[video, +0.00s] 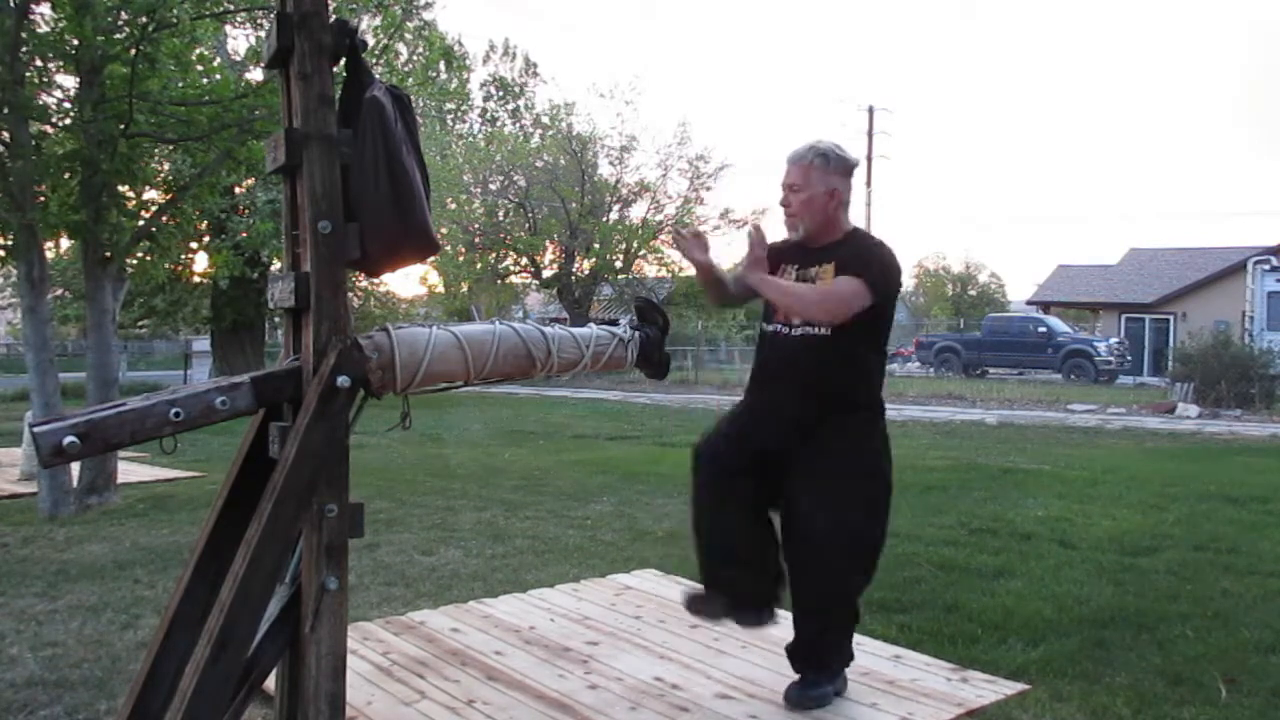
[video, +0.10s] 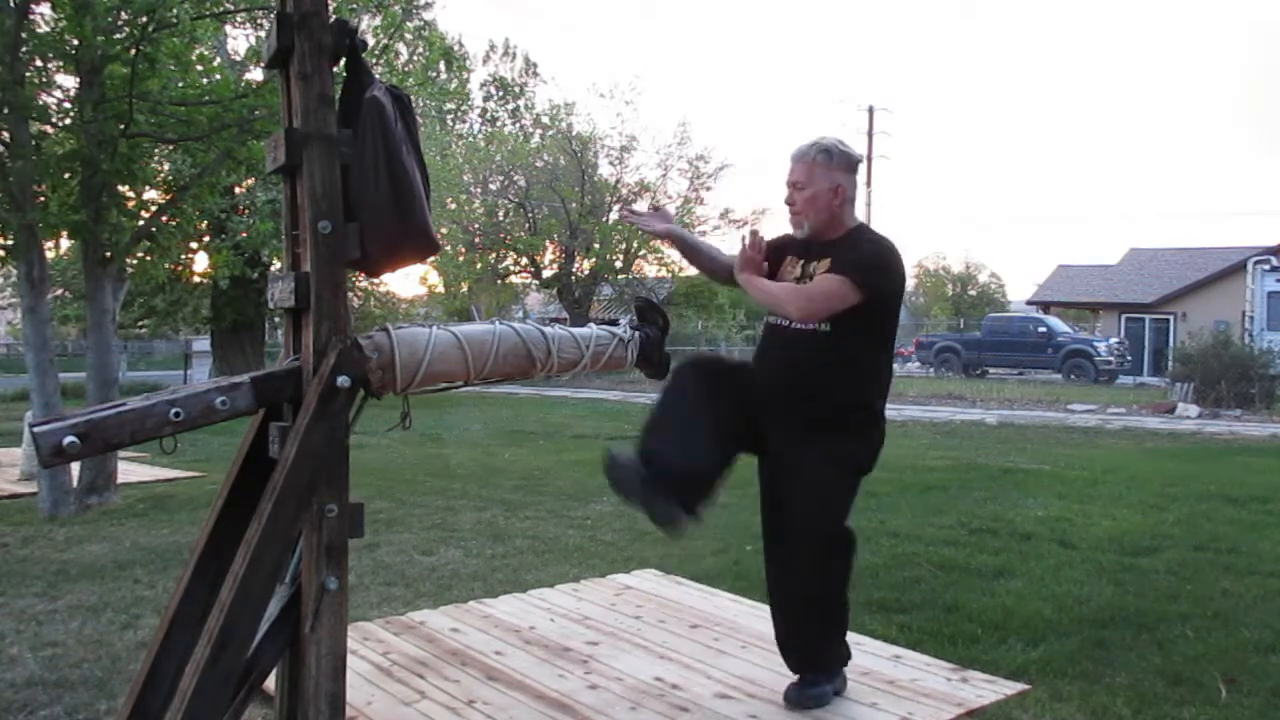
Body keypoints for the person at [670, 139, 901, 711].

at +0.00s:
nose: (786, 202)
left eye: (797, 192)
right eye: (784, 192)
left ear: (836, 196)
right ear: (786, 194)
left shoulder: (872, 258)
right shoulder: (781, 255)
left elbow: (825, 307)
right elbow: (728, 295)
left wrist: (760, 278)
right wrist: (706, 267)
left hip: (840, 431)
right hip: (769, 418)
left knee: (827, 547)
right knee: (717, 463)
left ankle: (823, 667)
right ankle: (745, 593)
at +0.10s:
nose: (789, 199)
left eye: (800, 190)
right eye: (789, 189)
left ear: (840, 194)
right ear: (797, 192)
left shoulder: (873, 257)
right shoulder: (789, 250)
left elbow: (805, 305)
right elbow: (730, 267)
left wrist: (748, 278)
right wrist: (674, 233)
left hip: (829, 425)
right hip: (768, 405)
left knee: (807, 544)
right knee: (702, 379)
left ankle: (822, 667)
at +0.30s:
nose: (796, 201)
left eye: (807, 190)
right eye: (794, 191)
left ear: (847, 192)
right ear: (802, 193)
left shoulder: (875, 255)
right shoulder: (797, 247)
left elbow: (798, 303)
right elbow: (727, 248)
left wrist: (751, 276)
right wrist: (654, 231)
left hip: (821, 421)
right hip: (763, 385)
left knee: (804, 540)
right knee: (670, 358)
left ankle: (822, 666)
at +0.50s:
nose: (799, 202)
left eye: (811, 191)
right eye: (798, 191)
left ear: (851, 194)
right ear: (802, 193)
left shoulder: (876, 255)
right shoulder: (801, 252)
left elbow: (803, 301)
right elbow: (730, 252)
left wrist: (755, 276)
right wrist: (658, 232)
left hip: (824, 424)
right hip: (766, 395)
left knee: (804, 543)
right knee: (667, 379)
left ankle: (822, 665)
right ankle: (538, 361)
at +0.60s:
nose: (800, 202)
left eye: (811, 192)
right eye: (799, 192)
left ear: (851, 194)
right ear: (804, 194)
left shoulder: (879, 255)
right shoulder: (804, 253)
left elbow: (805, 303)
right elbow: (737, 255)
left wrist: (753, 276)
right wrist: (662, 233)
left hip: (828, 425)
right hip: (772, 396)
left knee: (807, 542)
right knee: (680, 375)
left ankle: (822, 666)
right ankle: (554, 371)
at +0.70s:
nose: (800, 199)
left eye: (812, 189)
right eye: (800, 188)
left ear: (852, 192)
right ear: (812, 190)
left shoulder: (879, 254)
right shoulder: (806, 252)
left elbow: (803, 302)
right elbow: (735, 255)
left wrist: (751, 278)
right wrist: (668, 232)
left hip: (829, 425)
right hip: (776, 397)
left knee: (808, 540)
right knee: (699, 362)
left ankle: (823, 666)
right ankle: (582, 404)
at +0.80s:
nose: (800, 198)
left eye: (811, 187)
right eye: (799, 186)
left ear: (851, 189)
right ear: (826, 190)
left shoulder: (879, 253)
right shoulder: (805, 251)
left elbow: (804, 302)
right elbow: (739, 264)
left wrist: (749, 277)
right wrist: (677, 235)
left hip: (829, 423)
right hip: (776, 394)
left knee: (805, 539)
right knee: (704, 356)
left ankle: (823, 665)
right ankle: (629, 450)